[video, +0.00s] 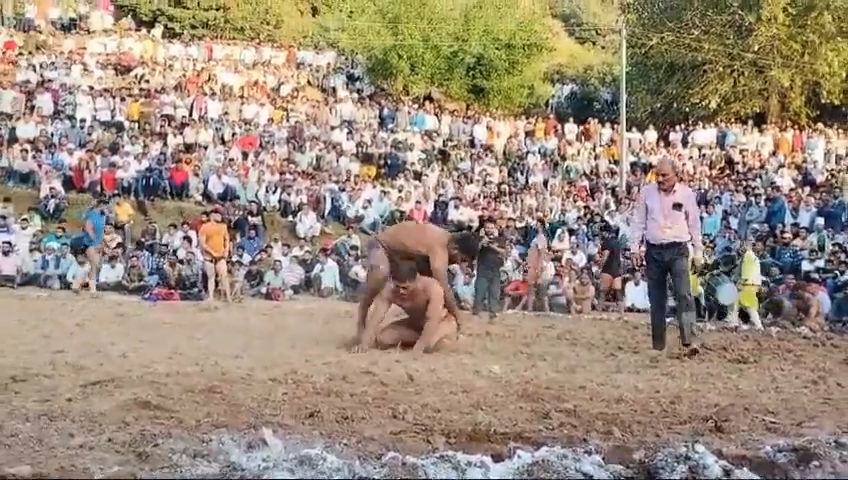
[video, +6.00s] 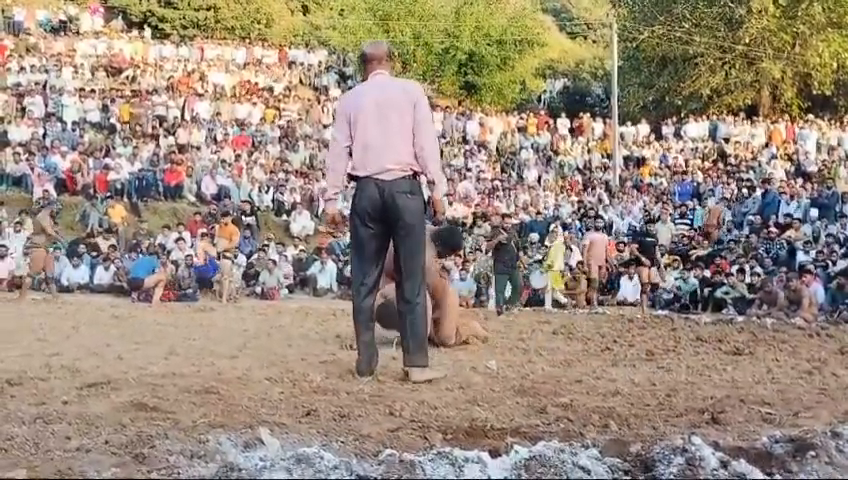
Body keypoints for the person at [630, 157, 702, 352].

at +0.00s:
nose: (660, 179)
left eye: (665, 175)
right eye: (658, 175)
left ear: (676, 174)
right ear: (655, 174)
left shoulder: (686, 194)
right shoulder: (646, 193)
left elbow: (694, 224)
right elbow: (639, 222)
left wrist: (698, 250)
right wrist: (635, 247)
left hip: (678, 248)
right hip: (653, 249)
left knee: (683, 294)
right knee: (656, 300)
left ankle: (688, 342)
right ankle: (658, 345)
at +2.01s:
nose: (637, 151)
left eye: (640, 145)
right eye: (634, 146)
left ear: (655, 140)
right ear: (633, 144)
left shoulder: (676, 160)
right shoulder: (634, 165)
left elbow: (684, 199)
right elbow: (633, 200)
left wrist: (670, 223)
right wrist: (631, 228)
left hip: (669, 235)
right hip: (639, 235)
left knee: (675, 299)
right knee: (640, 297)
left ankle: (683, 356)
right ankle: (642, 356)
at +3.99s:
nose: (404, 124)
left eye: (402, 117)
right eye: (402, 118)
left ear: (408, 112)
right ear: (426, 107)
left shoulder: (424, 133)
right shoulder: (461, 125)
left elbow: (428, 180)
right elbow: (484, 167)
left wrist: (419, 226)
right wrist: (492, 202)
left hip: (457, 209)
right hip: (486, 208)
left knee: (428, 288)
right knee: (488, 287)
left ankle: (430, 360)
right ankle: (517, 354)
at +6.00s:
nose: (377, 67)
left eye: (369, 62)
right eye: (385, 60)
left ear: (363, 66)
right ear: (389, 62)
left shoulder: (348, 100)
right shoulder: (412, 90)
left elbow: (338, 150)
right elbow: (426, 143)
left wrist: (332, 196)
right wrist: (438, 189)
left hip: (365, 192)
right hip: (405, 189)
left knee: (364, 279)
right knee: (412, 279)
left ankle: (365, 364)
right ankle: (416, 364)